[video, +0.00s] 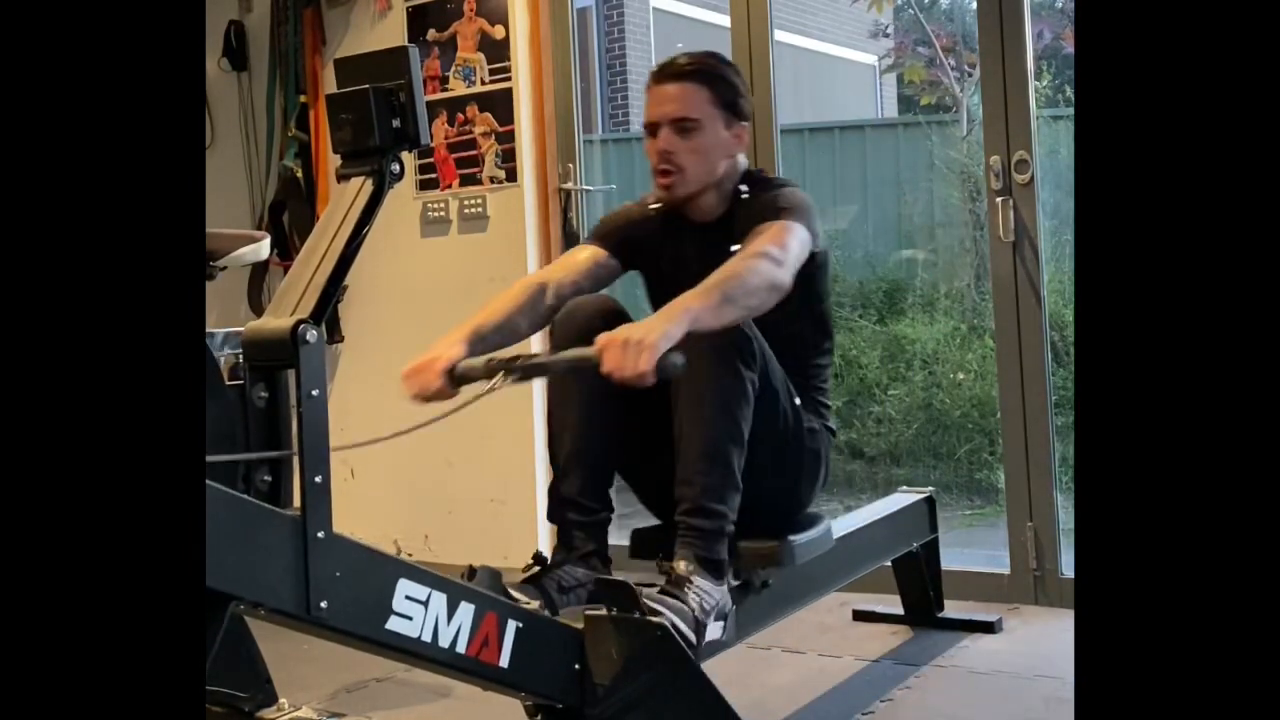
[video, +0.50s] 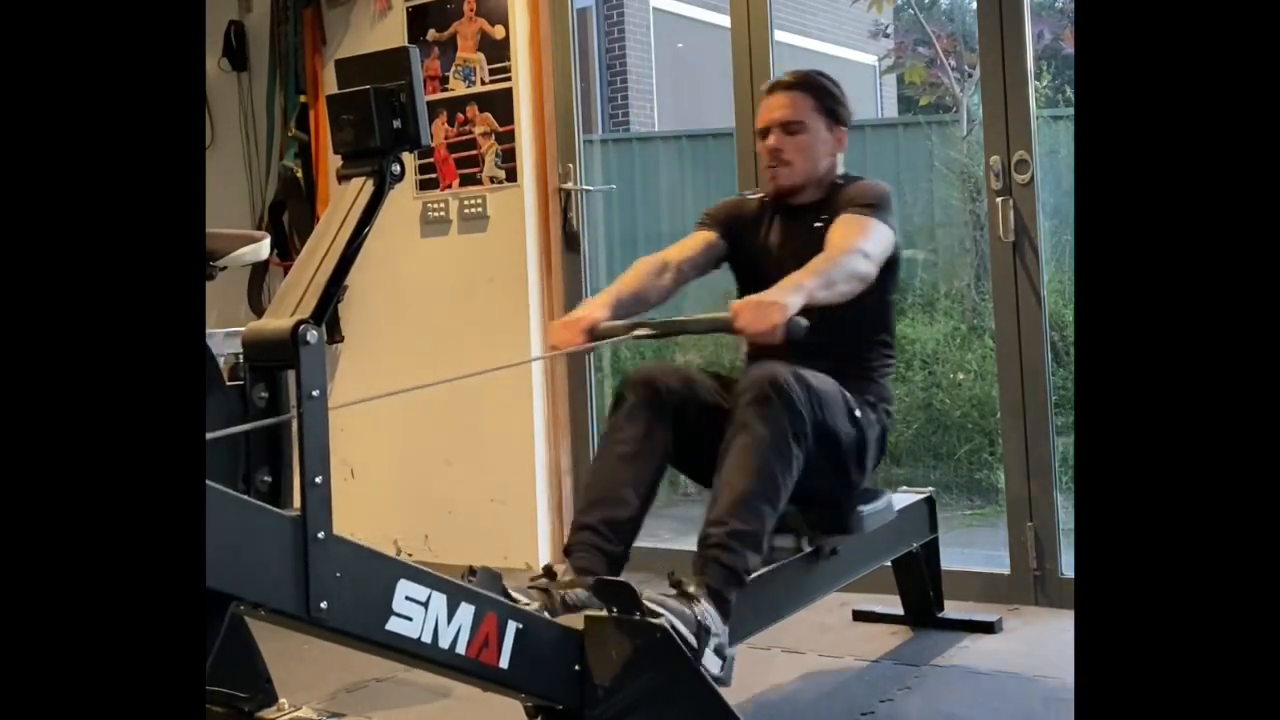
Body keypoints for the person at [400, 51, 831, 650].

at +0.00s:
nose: (661, 148)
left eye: (685, 129)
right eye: (653, 131)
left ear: (738, 137)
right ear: (644, 138)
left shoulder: (783, 207)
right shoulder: (639, 227)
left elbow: (767, 271)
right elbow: (550, 289)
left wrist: (672, 319)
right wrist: (460, 345)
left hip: (776, 477)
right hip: (680, 479)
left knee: (718, 330)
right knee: (584, 314)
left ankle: (700, 575)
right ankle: (579, 563)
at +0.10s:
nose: (630, 151)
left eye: (654, 133)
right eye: (621, 135)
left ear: (709, 142)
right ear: (613, 140)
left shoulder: (759, 213)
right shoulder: (611, 232)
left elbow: (726, 279)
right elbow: (521, 298)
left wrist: (629, 345)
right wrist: (420, 365)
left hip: (761, 482)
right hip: (659, 479)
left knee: (710, 323)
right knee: (572, 309)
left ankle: (695, 571)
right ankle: (574, 558)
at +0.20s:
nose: (631, 151)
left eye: (655, 132)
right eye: (623, 134)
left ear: (711, 139)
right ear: (614, 139)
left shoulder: (761, 210)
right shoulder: (615, 230)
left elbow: (724, 274)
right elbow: (522, 296)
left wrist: (631, 339)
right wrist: (423, 358)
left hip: (759, 479)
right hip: (661, 477)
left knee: (705, 318)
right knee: (576, 307)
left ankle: (693, 569)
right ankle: (575, 557)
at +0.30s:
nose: (671, 142)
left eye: (694, 124)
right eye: (663, 127)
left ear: (745, 134)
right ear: (656, 136)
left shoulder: (787, 199)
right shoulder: (649, 222)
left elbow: (762, 268)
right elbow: (562, 282)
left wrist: (680, 328)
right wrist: (472, 342)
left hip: (776, 469)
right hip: (686, 467)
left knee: (722, 335)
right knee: (593, 314)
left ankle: (698, 573)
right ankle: (578, 562)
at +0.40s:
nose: (728, 145)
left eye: (748, 129)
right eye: (720, 132)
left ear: (797, 137)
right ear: (712, 140)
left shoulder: (829, 200)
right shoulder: (701, 217)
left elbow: (804, 264)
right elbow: (620, 270)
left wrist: (732, 306)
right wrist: (540, 315)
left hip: (811, 465)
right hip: (724, 458)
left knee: (745, 342)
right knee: (618, 353)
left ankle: (703, 592)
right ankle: (581, 573)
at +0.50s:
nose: (771, 145)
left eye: (790, 129)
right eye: (763, 133)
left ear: (838, 140)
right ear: (754, 144)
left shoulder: (866, 202)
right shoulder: (742, 217)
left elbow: (849, 262)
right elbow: (669, 267)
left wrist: (787, 294)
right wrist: (603, 306)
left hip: (846, 436)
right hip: (755, 423)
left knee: (770, 380)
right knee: (650, 385)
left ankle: (708, 608)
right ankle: (583, 577)